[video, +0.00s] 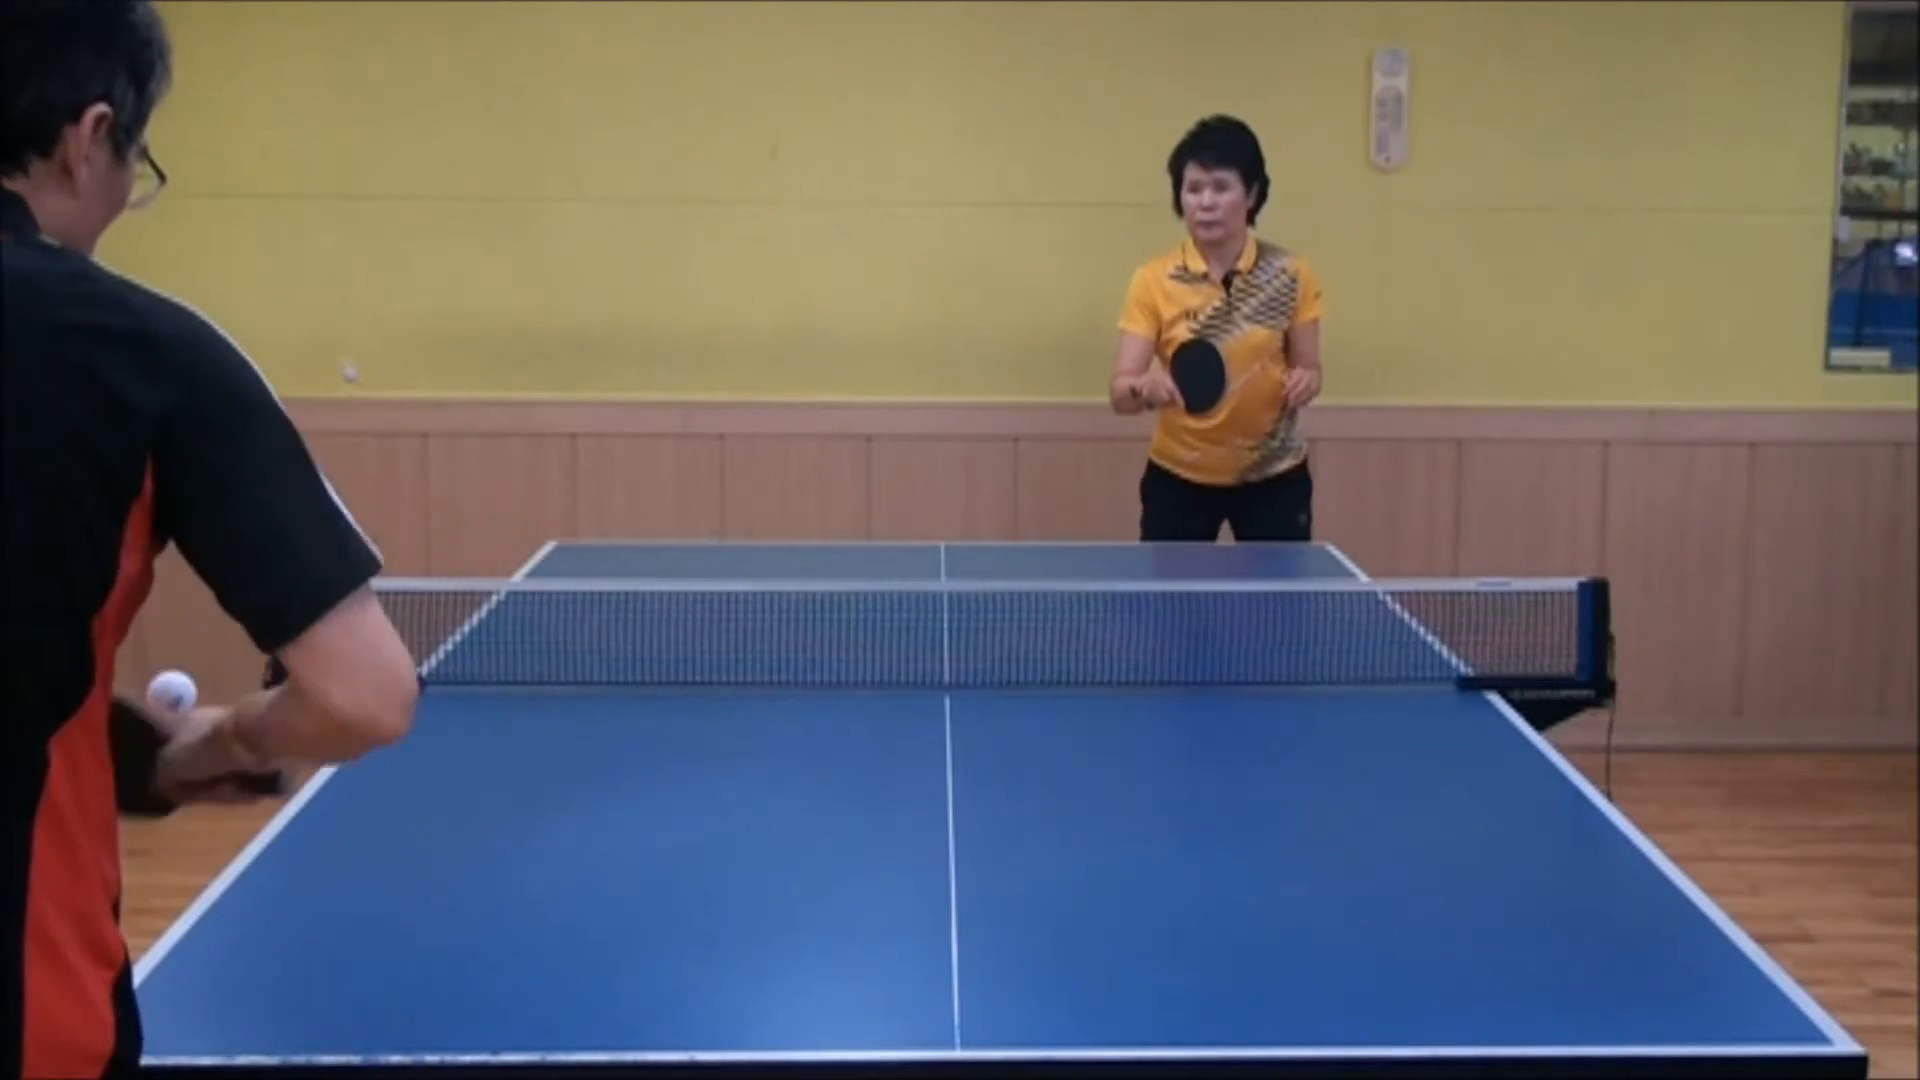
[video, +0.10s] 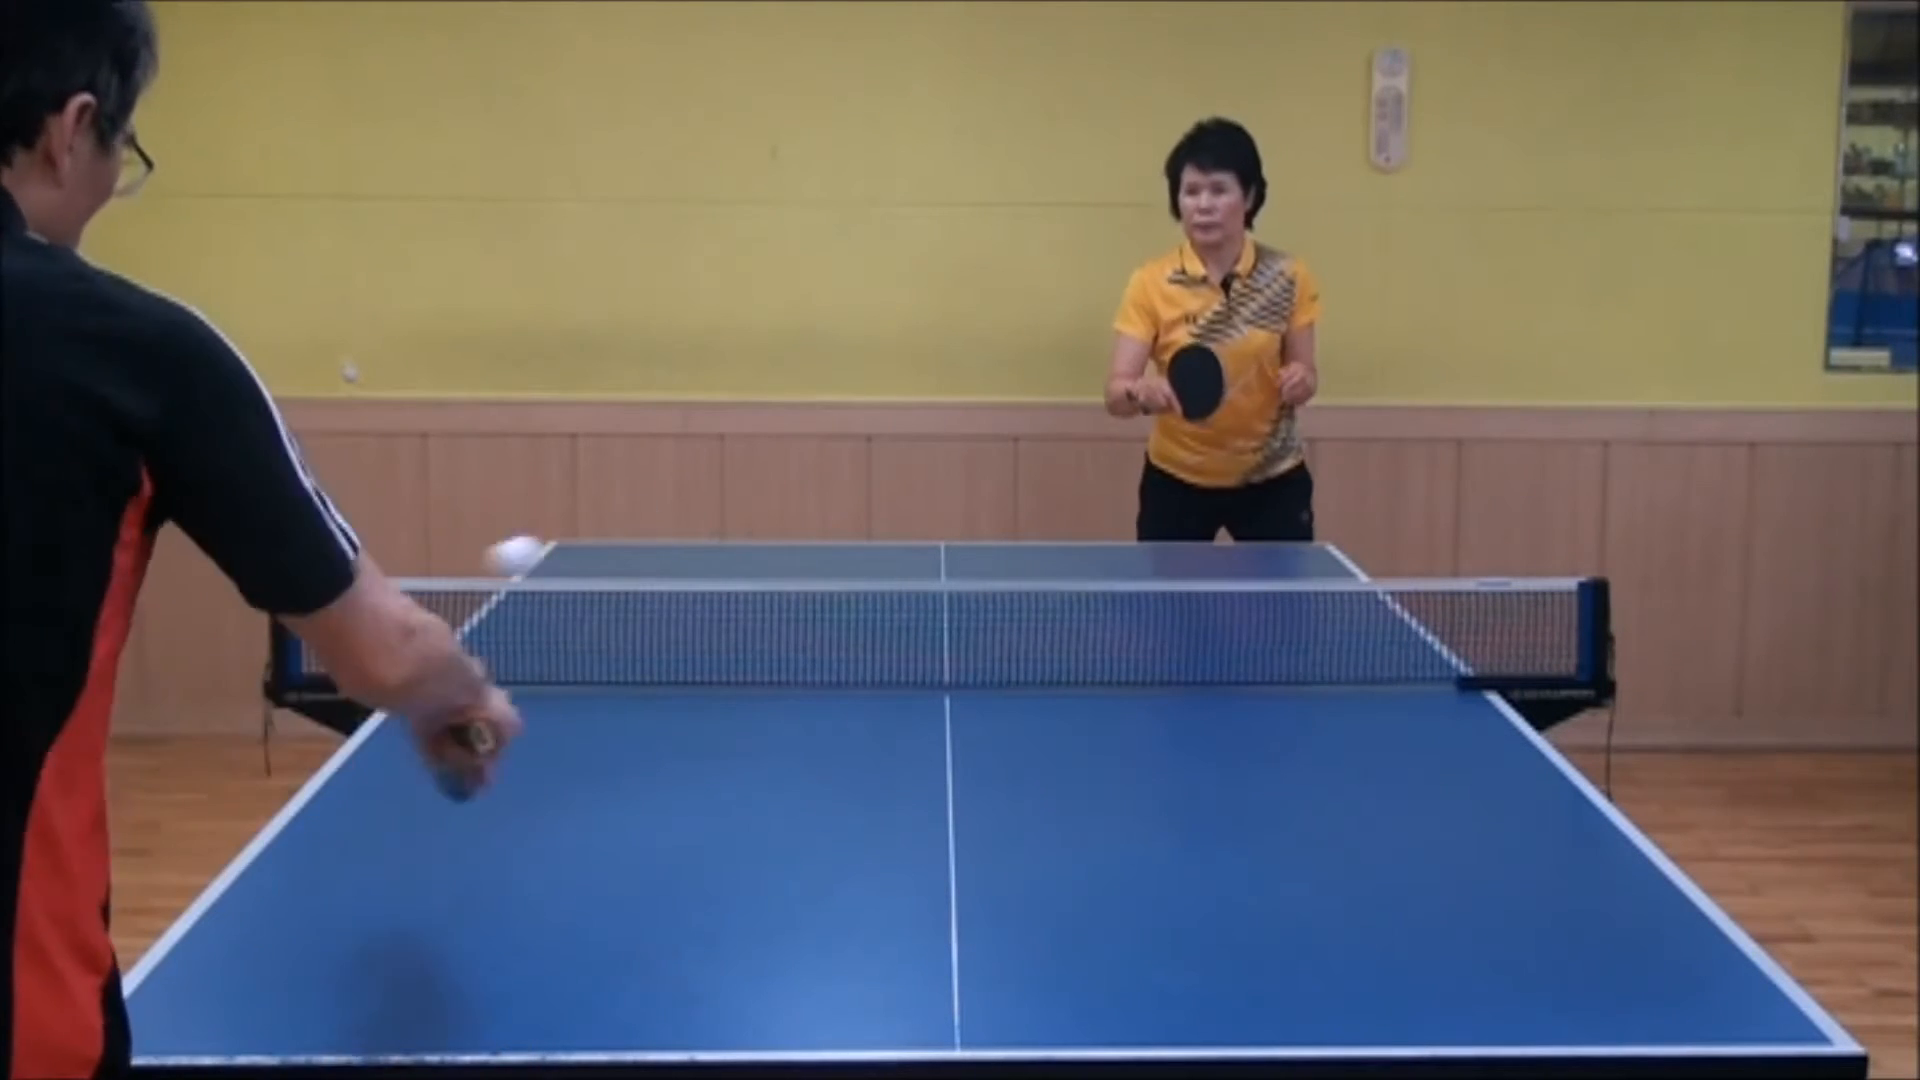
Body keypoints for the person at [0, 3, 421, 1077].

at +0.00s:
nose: (129, 193)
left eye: (136, 155)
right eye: (134, 151)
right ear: (83, 135)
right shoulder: (131, 349)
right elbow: (367, 695)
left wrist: (152, 763)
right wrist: (219, 745)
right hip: (38, 996)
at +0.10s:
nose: (118, 179)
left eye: (123, 145)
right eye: (119, 140)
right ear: (65, 129)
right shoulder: (127, 349)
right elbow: (375, 647)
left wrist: (443, 696)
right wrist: (459, 703)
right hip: (29, 989)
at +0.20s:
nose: (96, 167)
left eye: (106, 135)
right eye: (101, 131)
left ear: (38, 119)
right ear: (41, 121)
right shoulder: (116, 343)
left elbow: (383, 611)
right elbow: (387, 616)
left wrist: (467, 658)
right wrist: (489, 667)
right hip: (27, 998)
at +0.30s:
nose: (60, 155)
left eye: (69, 117)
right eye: (66, 115)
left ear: (17, 103)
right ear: (14, 106)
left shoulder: (87, 335)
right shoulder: (82, 335)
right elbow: (337, 661)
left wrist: (397, 699)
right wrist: (414, 709)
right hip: (20, 999)